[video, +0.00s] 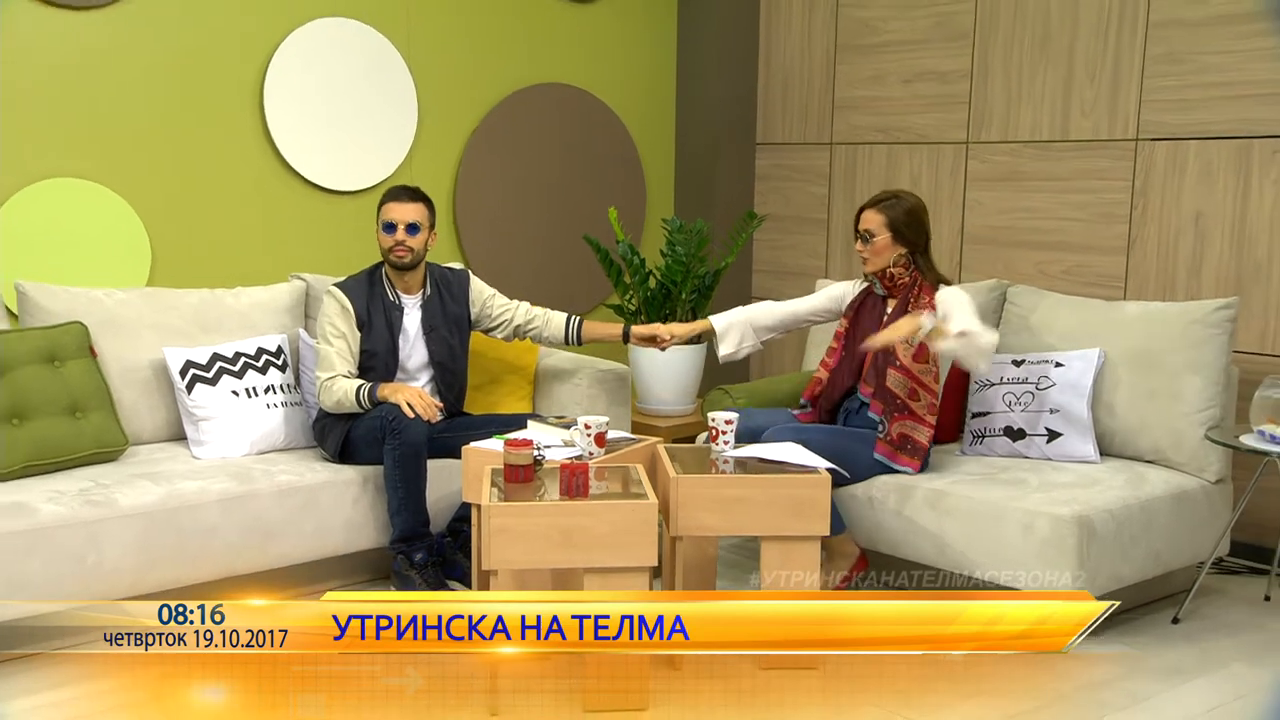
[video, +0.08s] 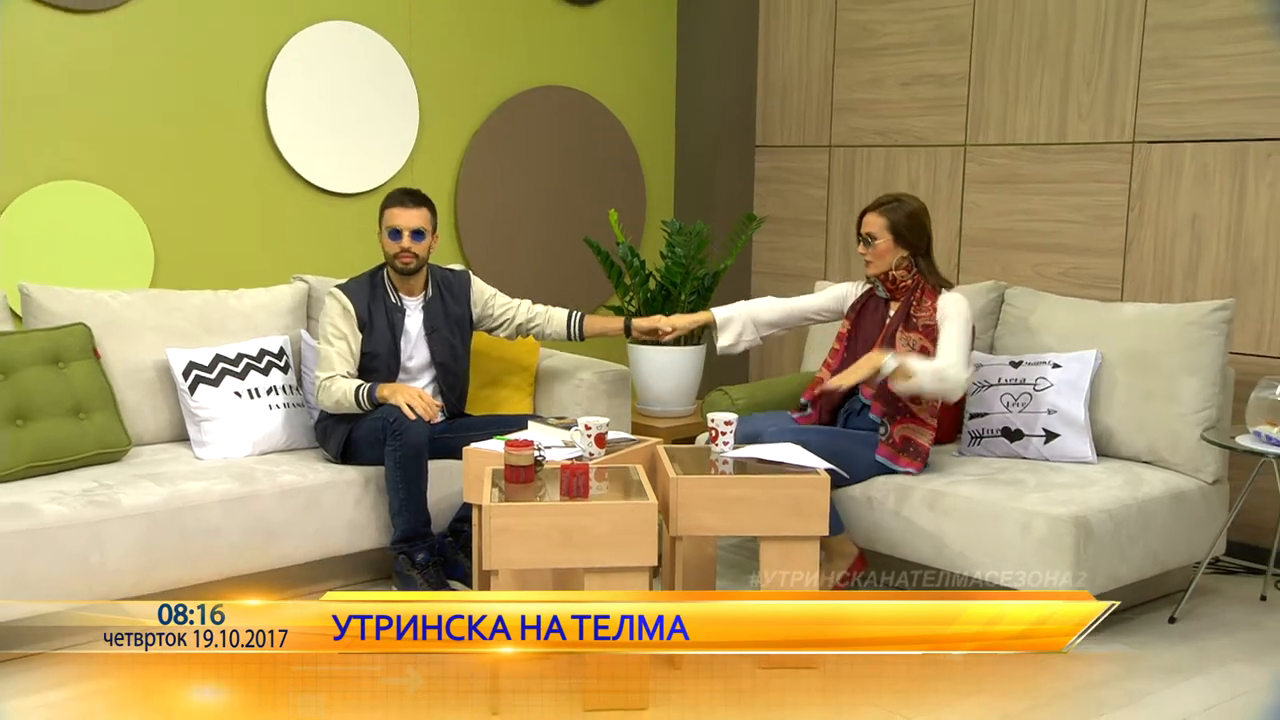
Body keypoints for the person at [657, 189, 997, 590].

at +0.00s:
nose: (860, 246)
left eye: (870, 238)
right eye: (859, 237)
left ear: (903, 241)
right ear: (862, 239)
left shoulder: (944, 299)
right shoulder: (858, 292)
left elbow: (982, 348)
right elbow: (780, 313)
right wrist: (694, 328)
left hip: (892, 443)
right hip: (836, 420)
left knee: (779, 440)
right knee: (729, 425)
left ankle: (843, 552)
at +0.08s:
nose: (860, 250)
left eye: (870, 241)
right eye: (860, 241)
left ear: (906, 244)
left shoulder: (948, 305)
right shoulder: (860, 296)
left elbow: (952, 380)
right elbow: (780, 309)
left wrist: (886, 361)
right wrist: (695, 320)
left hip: (893, 441)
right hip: (838, 422)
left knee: (782, 445)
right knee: (735, 432)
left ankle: (843, 554)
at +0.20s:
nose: (864, 255)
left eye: (873, 246)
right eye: (864, 246)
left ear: (910, 250)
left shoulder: (949, 316)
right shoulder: (867, 299)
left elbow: (912, 392)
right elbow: (789, 307)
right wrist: (701, 312)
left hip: (893, 442)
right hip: (840, 419)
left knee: (788, 453)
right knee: (737, 439)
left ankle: (841, 555)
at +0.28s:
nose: (868, 257)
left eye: (877, 248)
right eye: (868, 248)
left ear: (912, 253)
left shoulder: (948, 318)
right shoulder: (869, 299)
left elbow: (902, 387)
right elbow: (796, 308)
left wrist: (838, 428)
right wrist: (709, 311)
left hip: (895, 446)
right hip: (840, 425)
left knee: (788, 450)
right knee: (739, 443)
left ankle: (840, 555)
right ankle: (796, 553)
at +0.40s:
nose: (870, 258)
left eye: (879, 250)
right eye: (870, 249)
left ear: (914, 254)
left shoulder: (948, 319)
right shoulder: (871, 301)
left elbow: (904, 388)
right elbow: (798, 311)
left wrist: (836, 429)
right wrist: (710, 316)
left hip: (901, 446)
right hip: (844, 426)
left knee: (791, 447)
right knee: (745, 447)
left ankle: (838, 553)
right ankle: (798, 552)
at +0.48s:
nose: (870, 260)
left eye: (880, 252)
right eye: (871, 251)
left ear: (914, 257)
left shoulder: (950, 321)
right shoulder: (871, 302)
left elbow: (905, 388)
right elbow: (797, 313)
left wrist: (837, 429)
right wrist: (713, 320)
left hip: (899, 447)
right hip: (843, 427)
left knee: (790, 447)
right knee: (745, 446)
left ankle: (838, 552)